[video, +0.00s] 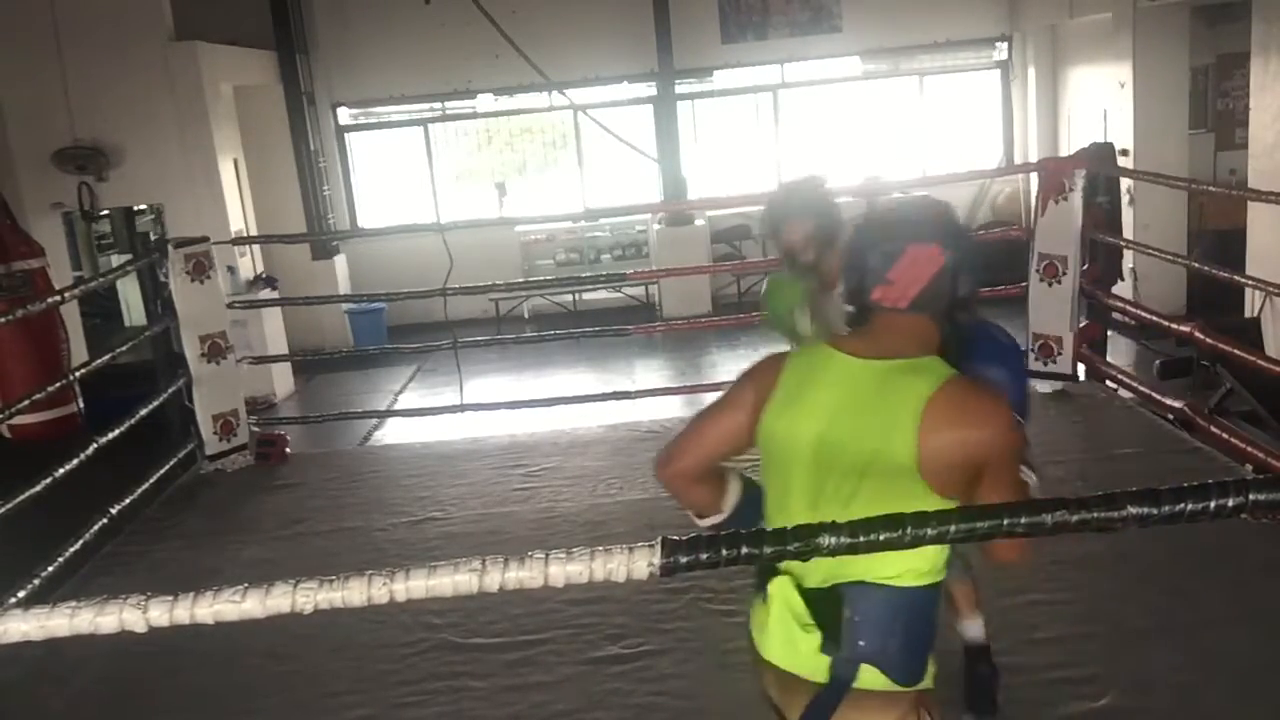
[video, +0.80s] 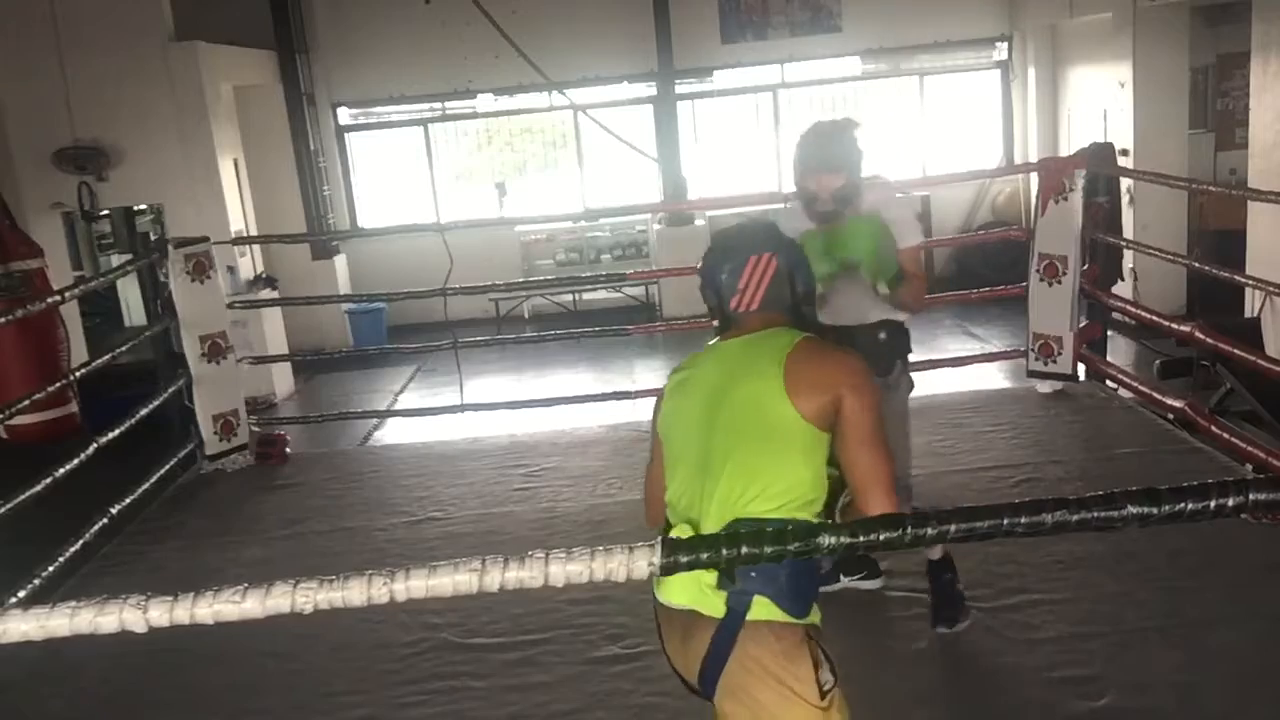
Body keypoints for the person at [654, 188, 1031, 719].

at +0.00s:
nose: (967, 297)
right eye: (963, 282)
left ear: (857, 281)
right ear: (952, 289)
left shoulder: (780, 376)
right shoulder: (973, 413)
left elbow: (679, 467)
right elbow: (1009, 547)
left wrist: (755, 520)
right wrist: (1017, 475)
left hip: (777, 646)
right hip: (875, 671)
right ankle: (980, 650)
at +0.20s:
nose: (921, 275)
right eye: (915, 262)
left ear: (809, 270)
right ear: (904, 273)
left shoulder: (744, 365)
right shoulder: (940, 388)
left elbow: (655, 465)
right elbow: (989, 503)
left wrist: (732, 453)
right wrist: (973, 420)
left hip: (746, 646)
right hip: (848, 668)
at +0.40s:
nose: (864, 278)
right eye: (857, 264)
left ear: (763, 282)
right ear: (849, 276)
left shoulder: (717, 368)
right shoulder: (876, 378)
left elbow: (666, 472)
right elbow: (937, 508)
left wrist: (748, 434)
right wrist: (908, 423)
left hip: (699, 630)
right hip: (790, 649)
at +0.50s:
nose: (843, 283)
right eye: (837, 270)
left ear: (747, 282)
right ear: (828, 276)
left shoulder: (710, 364)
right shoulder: (861, 368)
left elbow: (670, 483)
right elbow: (910, 513)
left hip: (689, 624)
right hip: (772, 641)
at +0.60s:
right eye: (817, 275)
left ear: (725, 291)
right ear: (808, 279)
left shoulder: (695, 374)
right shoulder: (850, 368)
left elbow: (669, 505)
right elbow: (897, 514)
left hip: (686, 628)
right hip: (773, 646)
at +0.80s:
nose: (812, 289)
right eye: (806, 279)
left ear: (714, 295)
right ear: (797, 284)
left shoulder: (683, 377)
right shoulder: (835, 367)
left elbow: (658, 511)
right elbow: (879, 510)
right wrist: (833, 520)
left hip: (678, 621)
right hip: (762, 632)